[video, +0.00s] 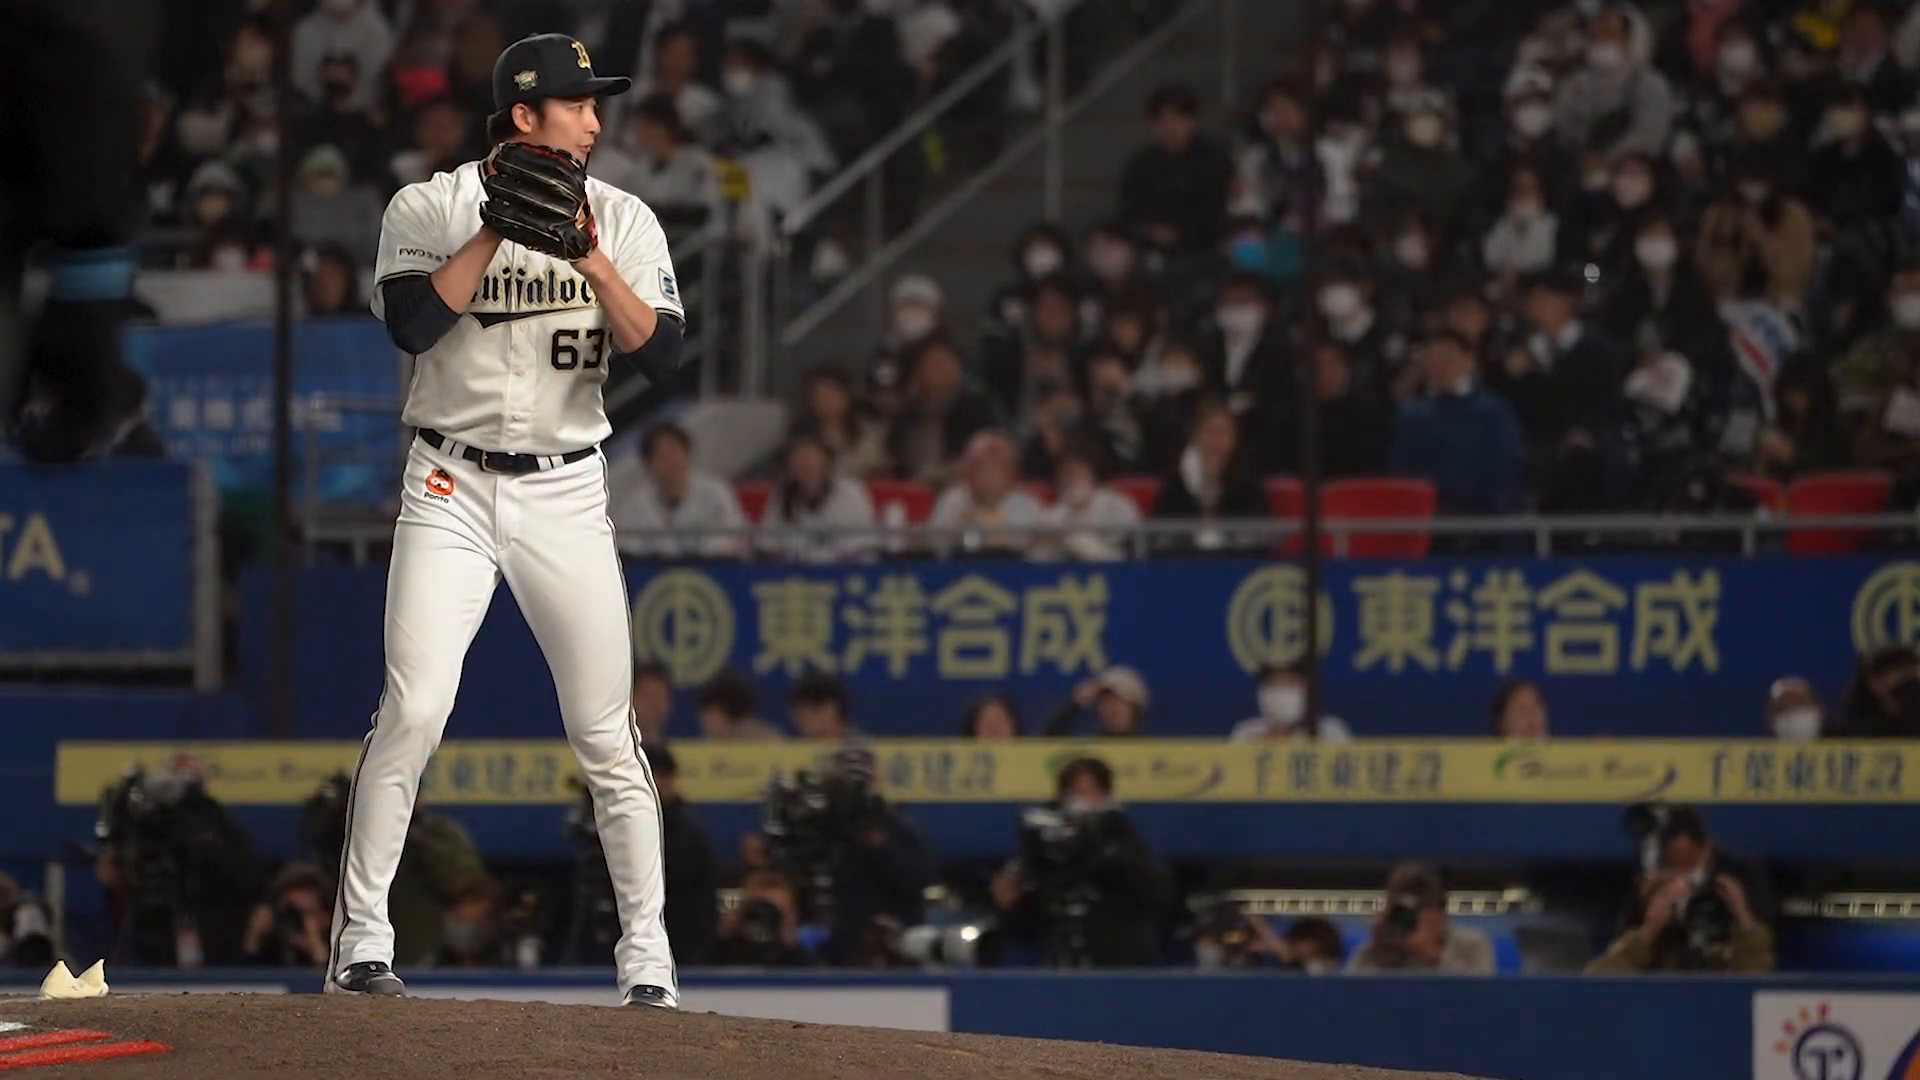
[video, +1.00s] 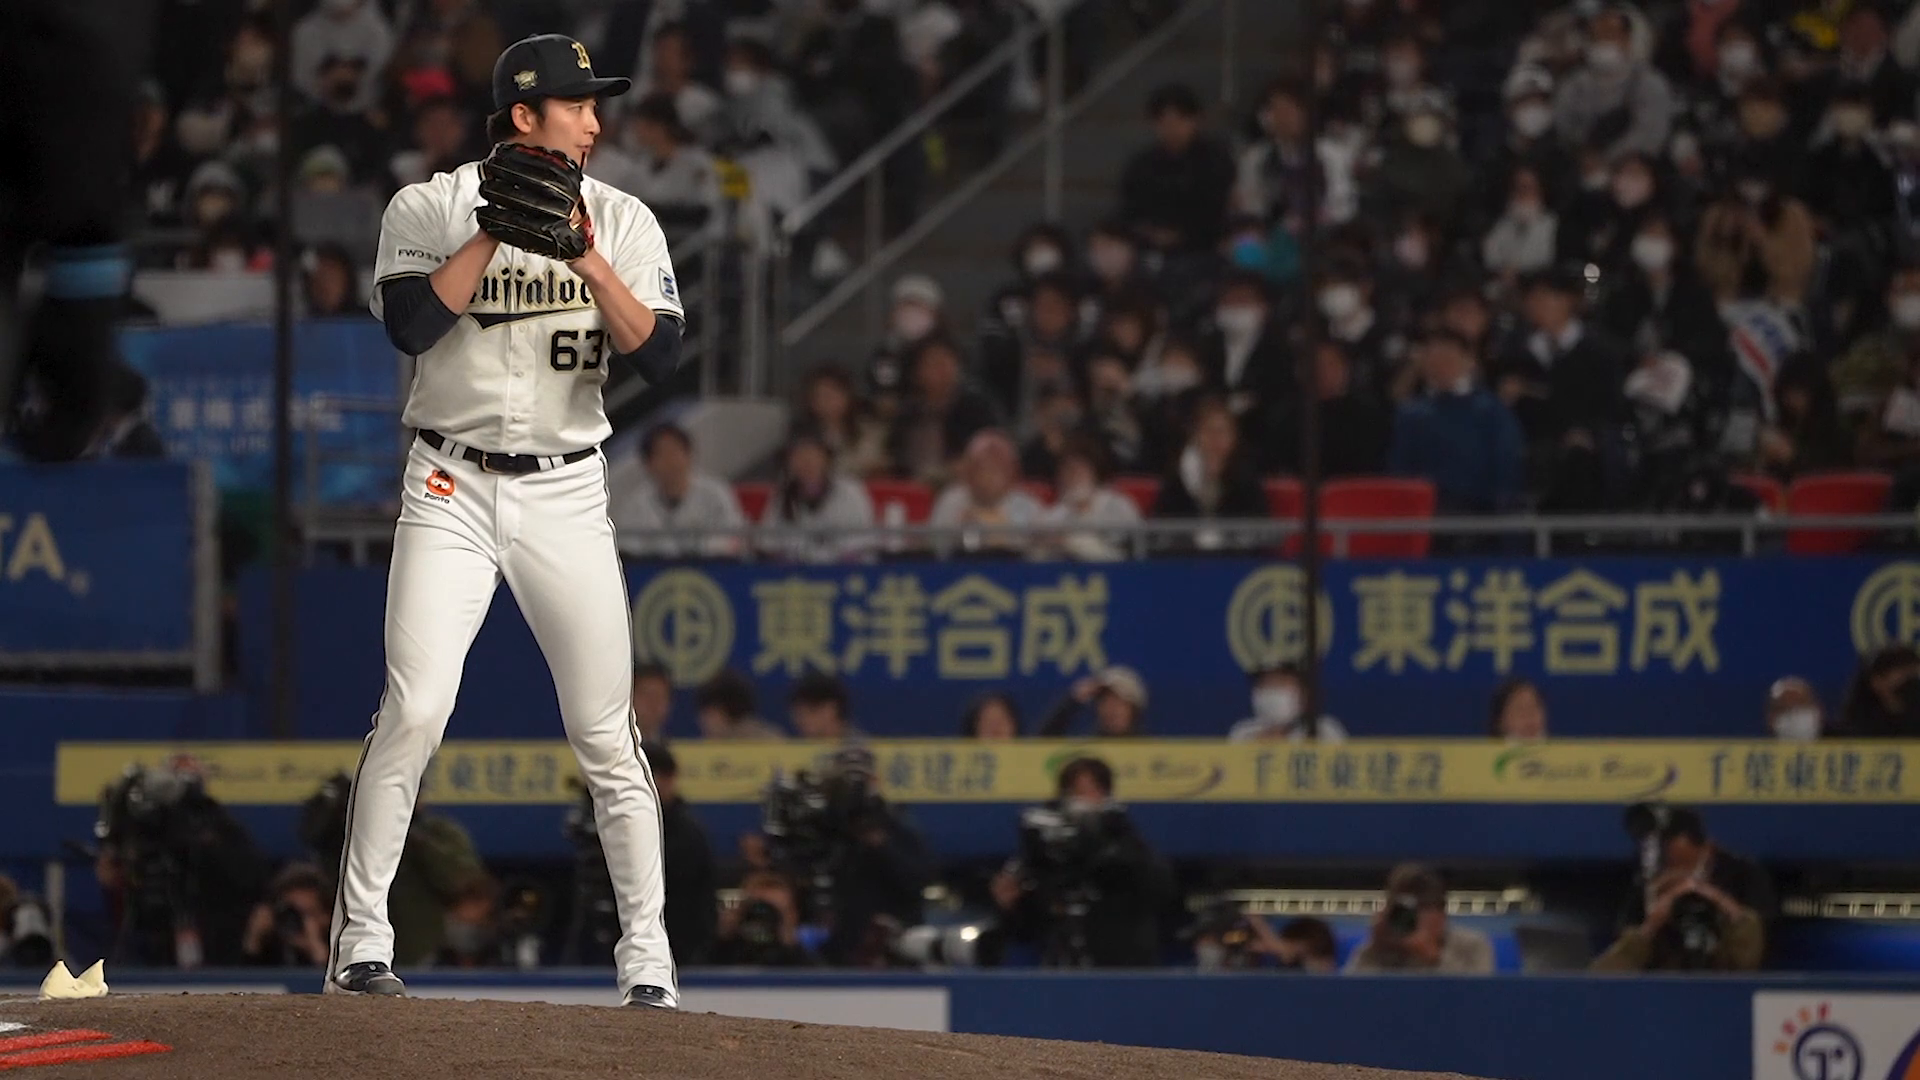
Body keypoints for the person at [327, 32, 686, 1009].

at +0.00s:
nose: (593, 120)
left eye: (596, 104)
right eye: (575, 103)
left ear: (592, 118)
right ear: (520, 113)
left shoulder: (626, 221)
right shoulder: (430, 206)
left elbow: (660, 357)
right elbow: (408, 327)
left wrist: (593, 262)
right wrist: (495, 230)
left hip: (568, 498)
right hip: (448, 489)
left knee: (604, 735)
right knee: (413, 709)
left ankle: (647, 962)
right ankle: (361, 943)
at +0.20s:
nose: (593, 120)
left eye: (596, 104)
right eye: (575, 104)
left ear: (591, 119)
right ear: (520, 113)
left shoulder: (626, 221)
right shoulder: (430, 206)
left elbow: (662, 357)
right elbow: (408, 327)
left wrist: (594, 263)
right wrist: (495, 230)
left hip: (568, 498)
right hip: (448, 489)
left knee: (604, 734)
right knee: (414, 709)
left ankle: (647, 961)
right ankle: (361, 942)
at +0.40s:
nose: (592, 120)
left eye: (595, 104)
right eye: (575, 104)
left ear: (590, 119)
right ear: (519, 113)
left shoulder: (625, 220)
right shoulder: (430, 206)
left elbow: (662, 356)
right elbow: (408, 327)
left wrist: (591, 261)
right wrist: (495, 231)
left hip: (568, 497)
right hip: (448, 488)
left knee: (605, 735)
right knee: (413, 710)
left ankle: (648, 964)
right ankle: (360, 946)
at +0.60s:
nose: (594, 120)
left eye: (596, 104)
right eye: (577, 103)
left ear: (590, 119)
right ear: (522, 112)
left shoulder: (626, 221)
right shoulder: (432, 204)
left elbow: (664, 358)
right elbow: (409, 328)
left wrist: (591, 260)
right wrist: (494, 232)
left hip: (568, 497)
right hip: (449, 487)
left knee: (604, 735)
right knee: (414, 709)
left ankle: (648, 963)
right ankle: (361, 946)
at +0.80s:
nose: (592, 120)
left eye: (595, 105)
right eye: (575, 104)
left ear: (590, 119)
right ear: (519, 113)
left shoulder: (626, 222)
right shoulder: (430, 206)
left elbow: (660, 357)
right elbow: (409, 327)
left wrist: (591, 261)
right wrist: (495, 233)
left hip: (568, 497)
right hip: (448, 489)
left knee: (605, 733)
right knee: (415, 709)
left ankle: (648, 962)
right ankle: (361, 945)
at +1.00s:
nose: (592, 120)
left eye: (595, 105)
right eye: (575, 104)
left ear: (589, 119)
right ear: (520, 112)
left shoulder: (625, 222)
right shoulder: (429, 206)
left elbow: (659, 357)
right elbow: (408, 328)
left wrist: (590, 261)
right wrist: (494, 233)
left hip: (568, 498)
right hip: (448, 489)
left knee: (605, 735)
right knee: (415, 708)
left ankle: (647, 963)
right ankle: (360, 943)